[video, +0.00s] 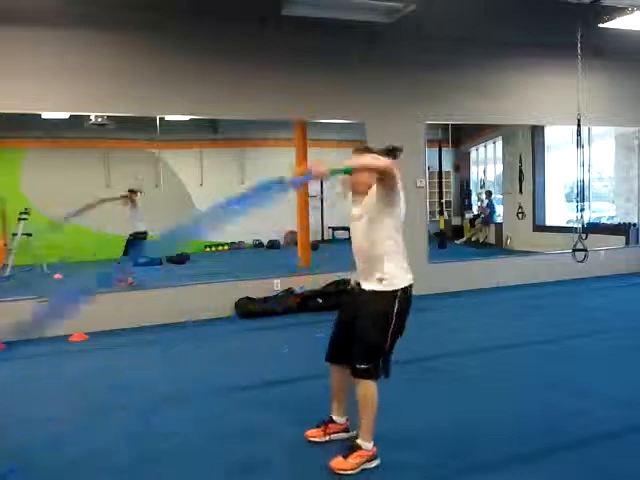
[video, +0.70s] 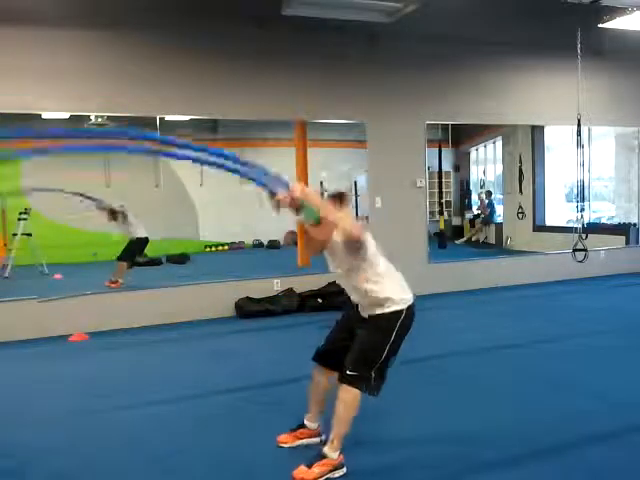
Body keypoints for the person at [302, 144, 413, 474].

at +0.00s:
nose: (350, 179)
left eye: (356, 172)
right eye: (350, 172)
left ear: (373, 172)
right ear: (354, 174)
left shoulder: (387, 197)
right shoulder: (358, 202)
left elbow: (388, 167)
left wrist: (334, 169)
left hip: (390, 289)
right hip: (362, 287)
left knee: (365, 368)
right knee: (339, 357)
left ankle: (366, 447)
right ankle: (338, 421)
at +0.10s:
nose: (331, 214)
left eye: (334, 207)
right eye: (329, 208)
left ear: (354, 199)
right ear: (342, 204)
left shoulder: (378, 218)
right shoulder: (352, 225)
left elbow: (386, 192)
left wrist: (346, 184)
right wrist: (326, 190)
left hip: (397, 300)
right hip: (368, 298)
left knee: (358, 372)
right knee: (333, 361)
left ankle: (365, 448)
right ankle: (343, 423)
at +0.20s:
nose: (315, 250)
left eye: (318, 243)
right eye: (313, 245)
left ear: (335, 240)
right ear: (328, 243)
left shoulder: (361, 257)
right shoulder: (329, 264)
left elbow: (375, 296)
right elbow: (315, 291)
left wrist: (334, 287)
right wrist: (295, 283)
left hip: (410, 309)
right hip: (377, 310)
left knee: (368, 372)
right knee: (346, 363)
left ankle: (364, 448)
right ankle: (344, 426)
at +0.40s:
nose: (320, 231)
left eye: (323, 224)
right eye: (320, 225)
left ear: (340, 224)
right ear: (337, 225)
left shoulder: (366, 245)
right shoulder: (340, 250)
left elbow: (376, 299)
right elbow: (330, 284)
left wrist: (349, 334)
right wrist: (309, 311)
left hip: (411, 303)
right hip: (380, 304)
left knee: (371, 369)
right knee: (346, 357)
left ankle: (365, 449)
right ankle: (345, 426)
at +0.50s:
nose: (335, 202)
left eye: (339, 195)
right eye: (333, 196)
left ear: (358, 191)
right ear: (347, 195)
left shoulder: (378, 210)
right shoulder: (349, 213)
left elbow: (357, 228)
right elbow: (323, 218)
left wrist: (318, 239)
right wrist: (301, 226)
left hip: (403, 294)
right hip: (375, 293)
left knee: (370, 369)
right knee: (342, 359)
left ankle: (365, 447)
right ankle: (344, 423)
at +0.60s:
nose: (325, 210)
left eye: (328, 203)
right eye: (322, 204)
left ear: (346, 196)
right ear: (326, 201)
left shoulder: (370, 213)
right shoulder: (343, 219)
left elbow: (358, 186)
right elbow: (318, 193)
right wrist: (289, 183)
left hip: (396, 296)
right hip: (367, 294)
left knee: (359, 366)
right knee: (332, 355)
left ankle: (358, 446)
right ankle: (336, 422)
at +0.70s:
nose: (311, 233)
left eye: (315, 226)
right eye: (307, 228)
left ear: (331, 220)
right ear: (309, 226)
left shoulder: (353, 239)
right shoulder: (327, 239)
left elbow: (353, 231)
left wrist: (311, 198)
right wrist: (294, 206)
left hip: (392, 307)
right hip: (363, 305)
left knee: (351, 379)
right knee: (324, 365)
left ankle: (333, 455)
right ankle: (312, 427)